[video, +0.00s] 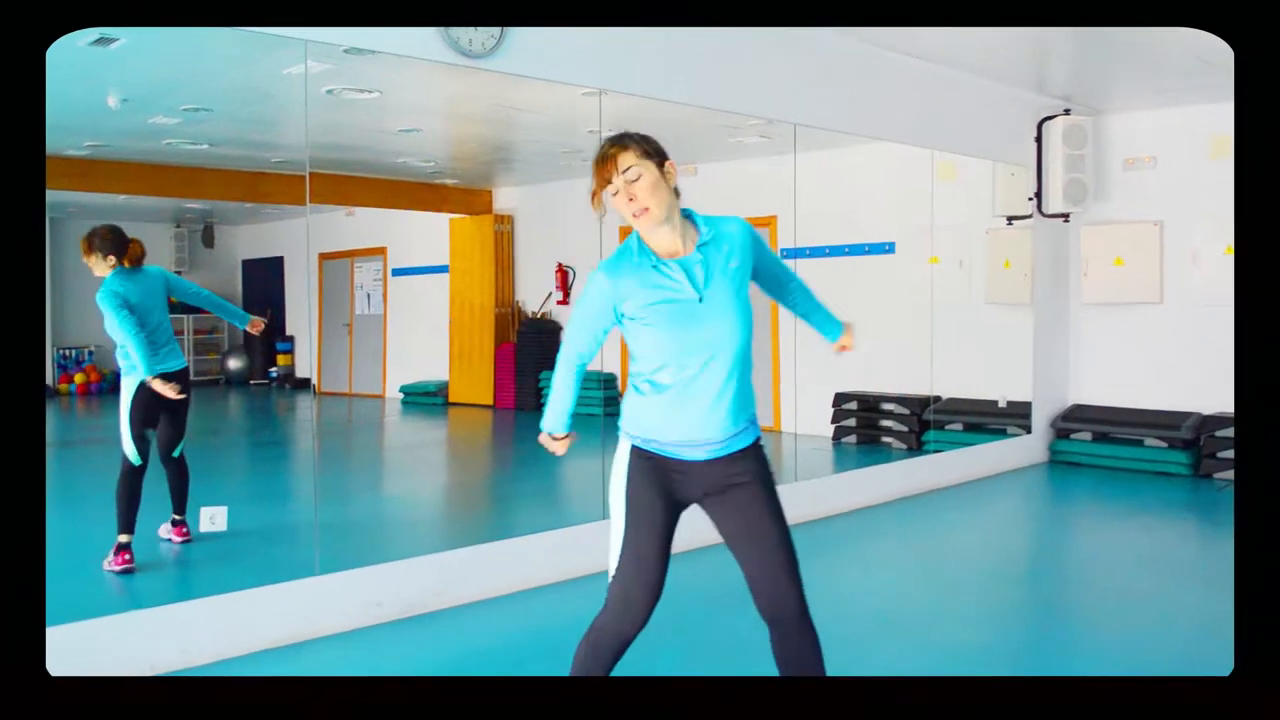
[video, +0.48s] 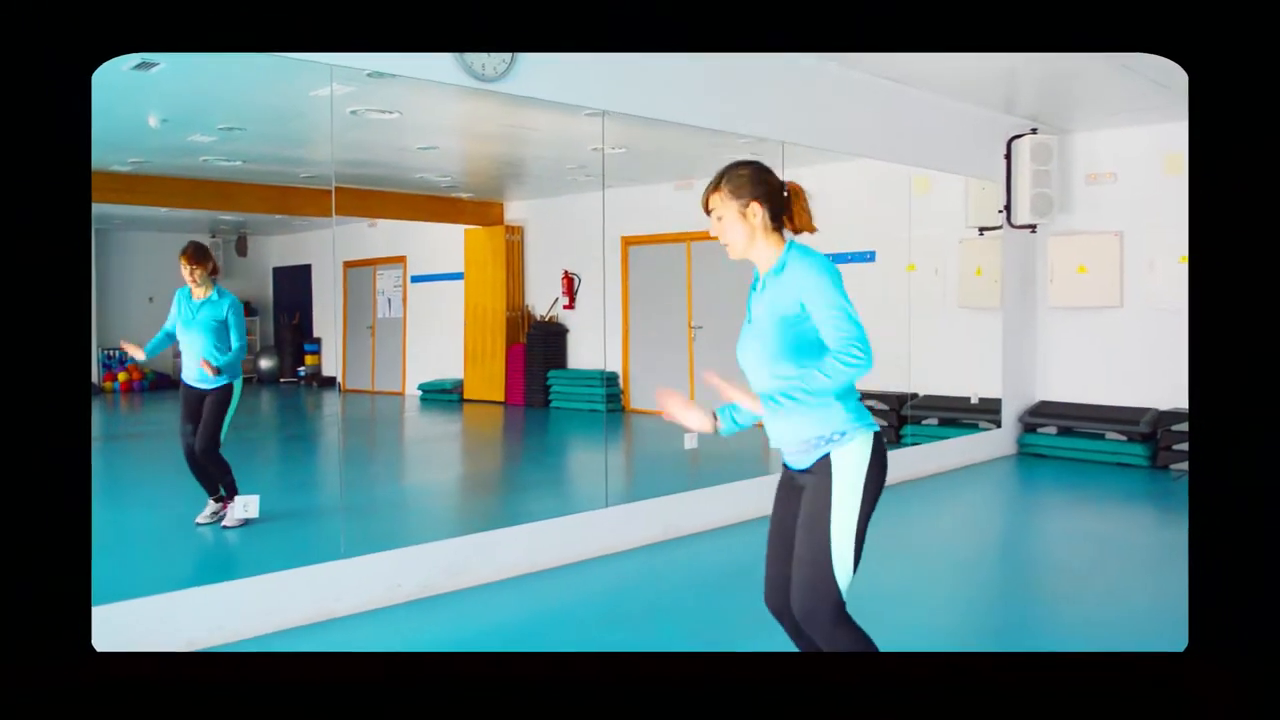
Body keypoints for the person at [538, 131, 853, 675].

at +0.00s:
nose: (627, 196)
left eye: (634, 177)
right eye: (615, 191)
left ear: (670, 172)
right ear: (611, 205)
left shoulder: (737, 239)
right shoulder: (613, 276)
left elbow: (785, 285)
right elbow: (575, 350)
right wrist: (555, 420)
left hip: (734, 461)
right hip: (649, 464)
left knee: (786, 608)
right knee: (631, 603)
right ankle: (578, 676)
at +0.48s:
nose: (712, 230)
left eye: (718, 216)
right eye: (710, 218)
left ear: (754, 212)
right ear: (750, 216)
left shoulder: (808, 268)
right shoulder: (762, 286)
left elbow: (854, 356)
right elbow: (777, 385)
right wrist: (716, 422)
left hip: (845, 453)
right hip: (800, 460)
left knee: (817, 607)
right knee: (783, 600)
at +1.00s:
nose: (689, 251)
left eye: (691, 238)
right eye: (685, 242)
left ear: (721, 225)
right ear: (723, 227)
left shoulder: (755, 257)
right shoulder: (755, 260)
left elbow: (672, 289)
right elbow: (678, 289)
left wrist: (560, 281)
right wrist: (613, 299)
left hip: (835, 414)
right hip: (825, 416)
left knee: (807, 557)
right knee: (825, 549)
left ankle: (869, 625)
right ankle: (868, 625)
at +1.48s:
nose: (560, 238)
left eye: (566, 228)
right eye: (559, 228)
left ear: (597, 233)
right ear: (592, 234)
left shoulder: (616, 281)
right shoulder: (597, 280)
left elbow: (684, 330)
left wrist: (742, 400)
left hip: (649, 424)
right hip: (634, 424)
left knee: (588, 537)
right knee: (638, 539)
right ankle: (736, 592)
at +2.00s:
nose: (425, 221)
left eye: (427, 212)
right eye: (414, 211)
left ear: (427, 218)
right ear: (384, 217)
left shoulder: (433, 277)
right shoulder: (342, 267)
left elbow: (447, 315)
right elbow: (276, 293)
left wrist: (447, 354)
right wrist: (295, 346)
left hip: (409, 416)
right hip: (349, 417)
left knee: (420, 526)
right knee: (345, 528)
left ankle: (427, 595)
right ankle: (333, 597)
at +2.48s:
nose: (161, 239)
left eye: (163, 229)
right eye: (152, 230)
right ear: (124, 231)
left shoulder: (137, 273)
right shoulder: (112, 279)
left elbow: (148, 302)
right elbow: (155, 347)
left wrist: (183, 289)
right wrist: (208, 313)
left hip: (129, 403)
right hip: (95, 403)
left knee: (117, 503)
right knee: (90, 505)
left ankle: (96, 595)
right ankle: (64, 601)